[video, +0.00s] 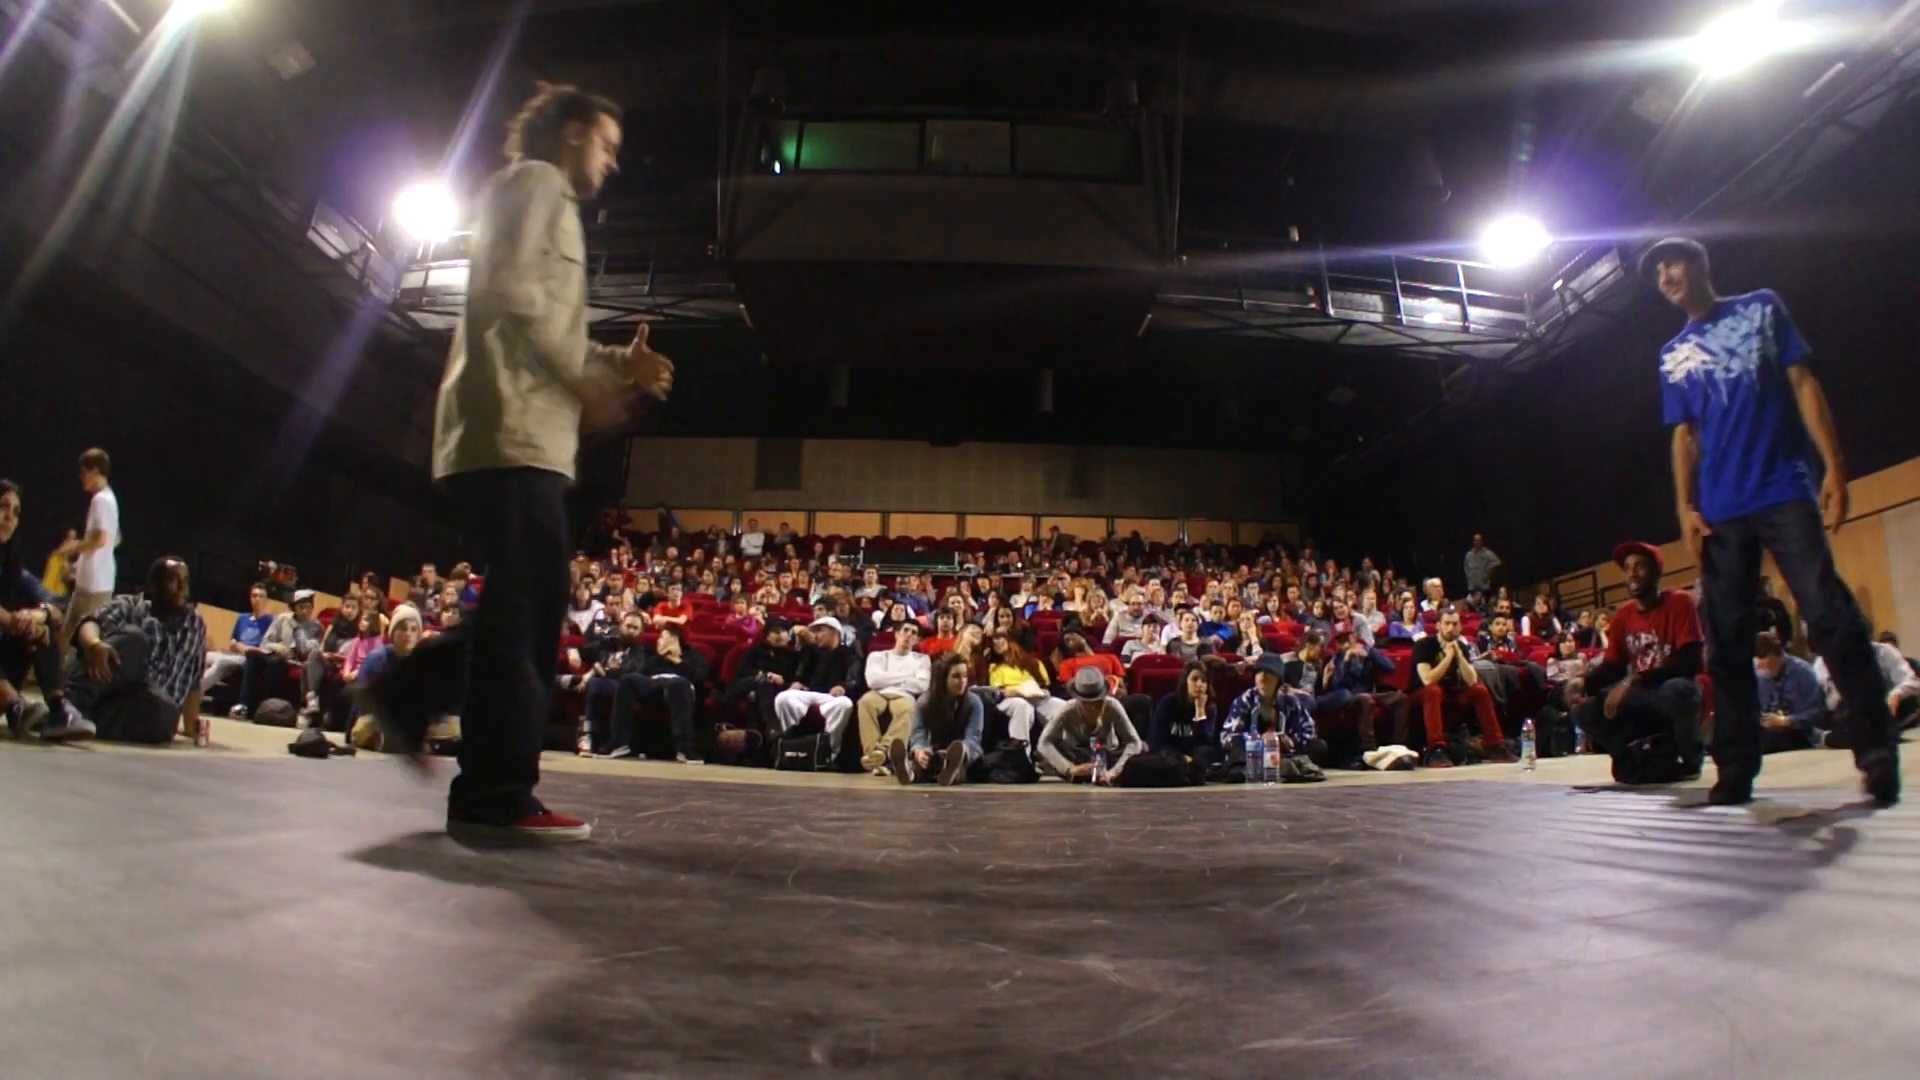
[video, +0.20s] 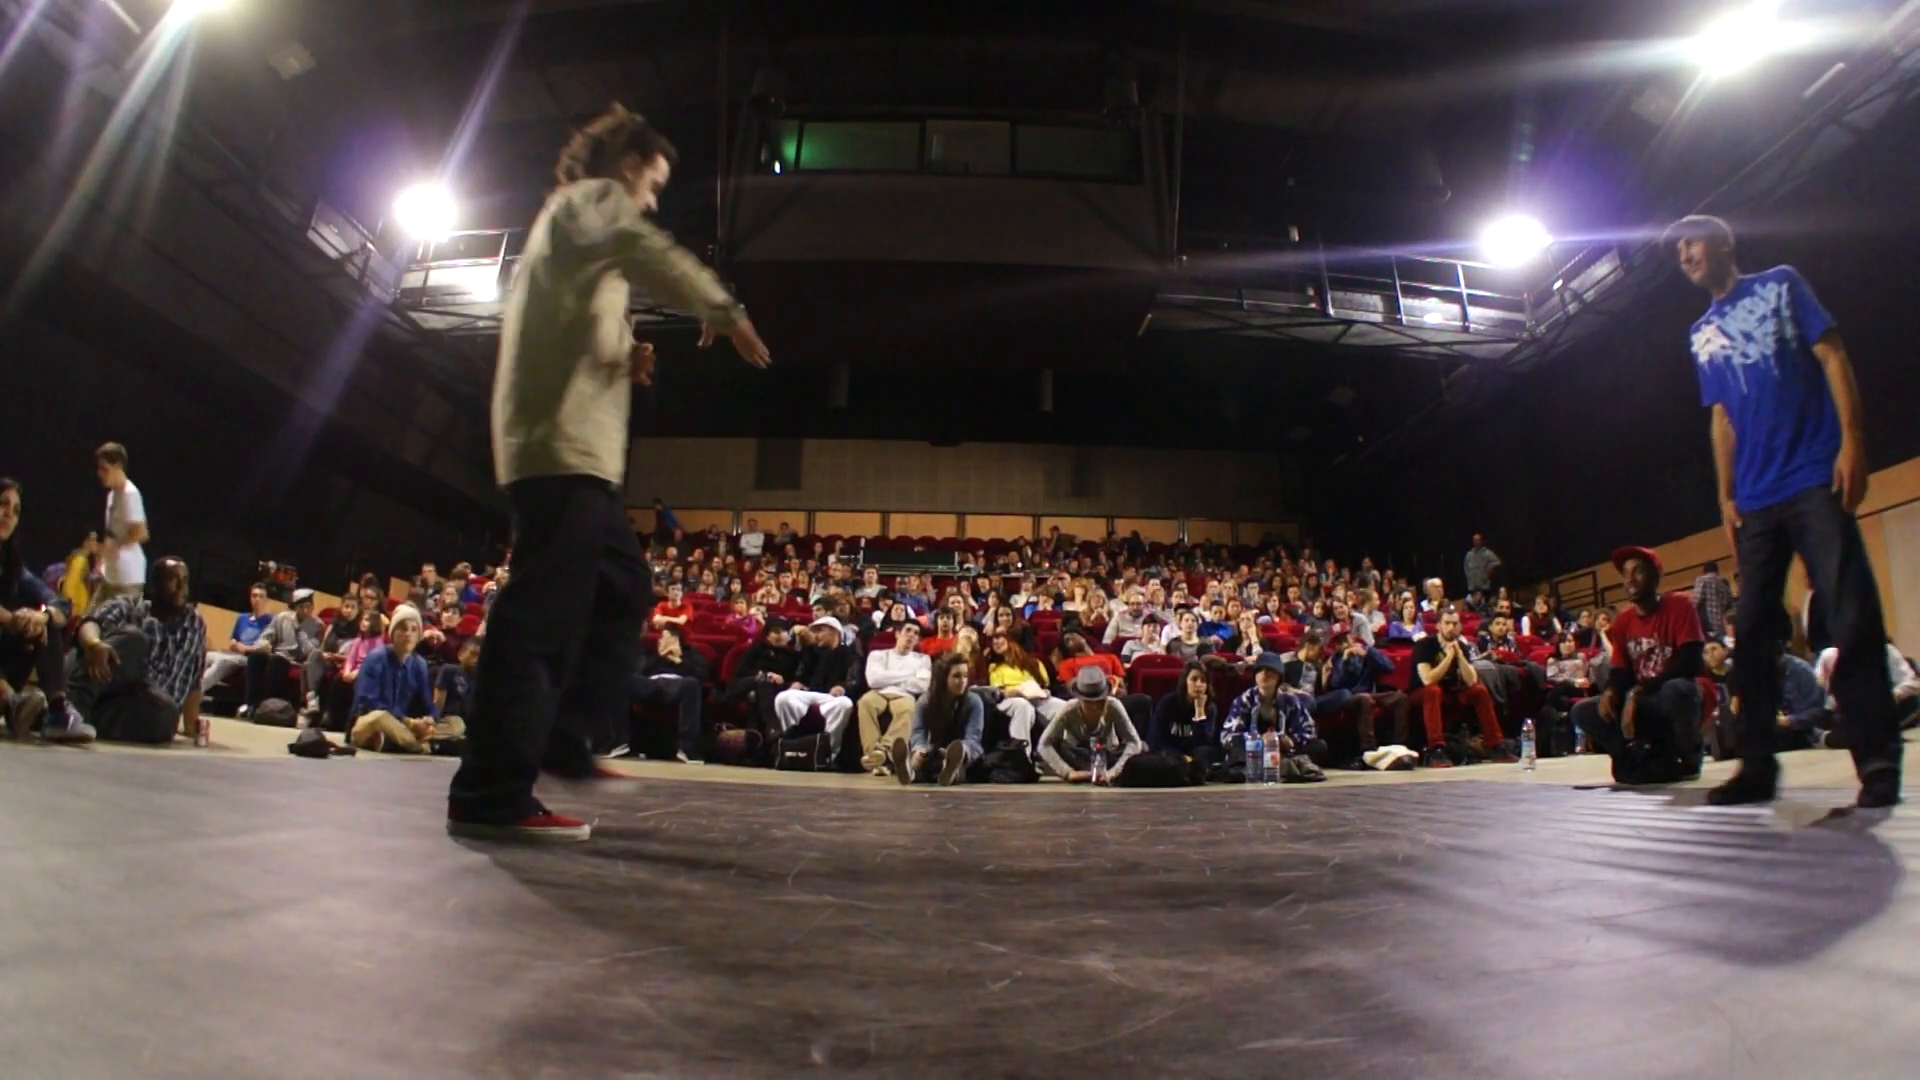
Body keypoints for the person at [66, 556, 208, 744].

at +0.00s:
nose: (178, 589)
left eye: (183, 583)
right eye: (171, 581)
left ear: (187, 587)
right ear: (156, 583)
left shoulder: (194, 624)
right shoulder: (130, 605)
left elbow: (194, 682)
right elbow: (89, 624)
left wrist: (191, 730)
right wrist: (93, 644)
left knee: (161, 720)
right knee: (133, 638)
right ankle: (71, 707)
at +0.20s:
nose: (179, 588)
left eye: (184, 582)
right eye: (172, 581)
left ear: (188, 587)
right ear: (155, 584)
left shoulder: (194, 624)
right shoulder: (130, 607)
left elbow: (194, 683)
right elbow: (89, 624)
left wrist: (192, 729)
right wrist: (93, 644)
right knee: (134, 639)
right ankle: (73, 707)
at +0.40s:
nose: (180, 587)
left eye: (185, 581)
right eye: (172, 580)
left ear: (188, 586)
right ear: (156, 583)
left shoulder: (194, 624)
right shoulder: (131, 606)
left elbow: (194, 683)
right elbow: (90, 623)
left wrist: (191, 729)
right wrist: (94, 644)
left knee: (160, 719)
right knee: (133, 639)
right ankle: (72, 707)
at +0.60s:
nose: (181, 587)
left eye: (185, 581)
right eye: (172, 580)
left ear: (188, 586)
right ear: (155, 584)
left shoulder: (194, 624)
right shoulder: (131, 606)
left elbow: (194, 682)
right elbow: (90, 623)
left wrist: (191, 729)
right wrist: (93, 644)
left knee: (162, 717)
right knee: (134, 639)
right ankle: (73, 707)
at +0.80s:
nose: (180, 588)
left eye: (184, 582)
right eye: (172, 580)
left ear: (187, 587)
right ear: (155, 584)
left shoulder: (194, 624)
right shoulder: (128, 605)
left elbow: (193, 683)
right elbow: (89, 623)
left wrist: (191, 729)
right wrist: (93, 644)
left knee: (161, 720)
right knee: (134, 639)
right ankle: (71, 706)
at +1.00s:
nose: (179, 589)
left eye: (184, 583)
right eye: (171, 582)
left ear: (188, 587)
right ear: (154, 585)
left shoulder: (194, 624)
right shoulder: (130, 606)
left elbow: (194, 682)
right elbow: (89, 623)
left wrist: (191, 729)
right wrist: (93, 644)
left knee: (161, 717)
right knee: (134, 639)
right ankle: (71, 704)